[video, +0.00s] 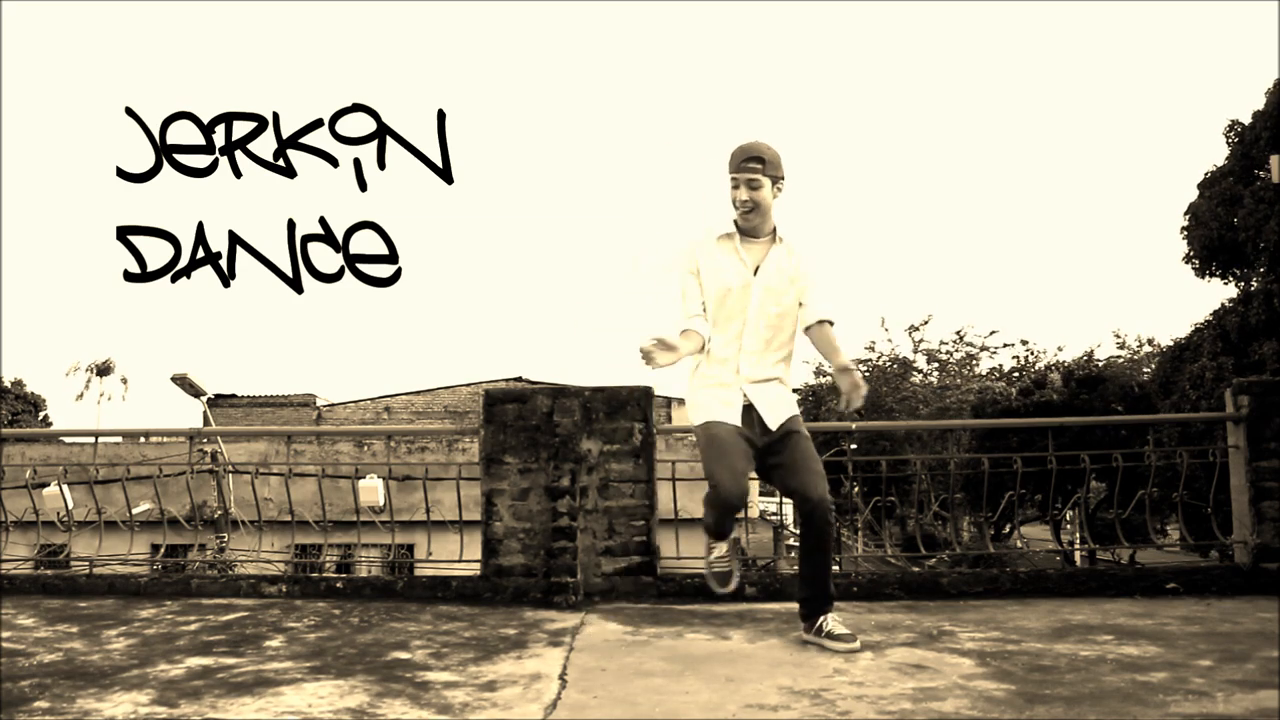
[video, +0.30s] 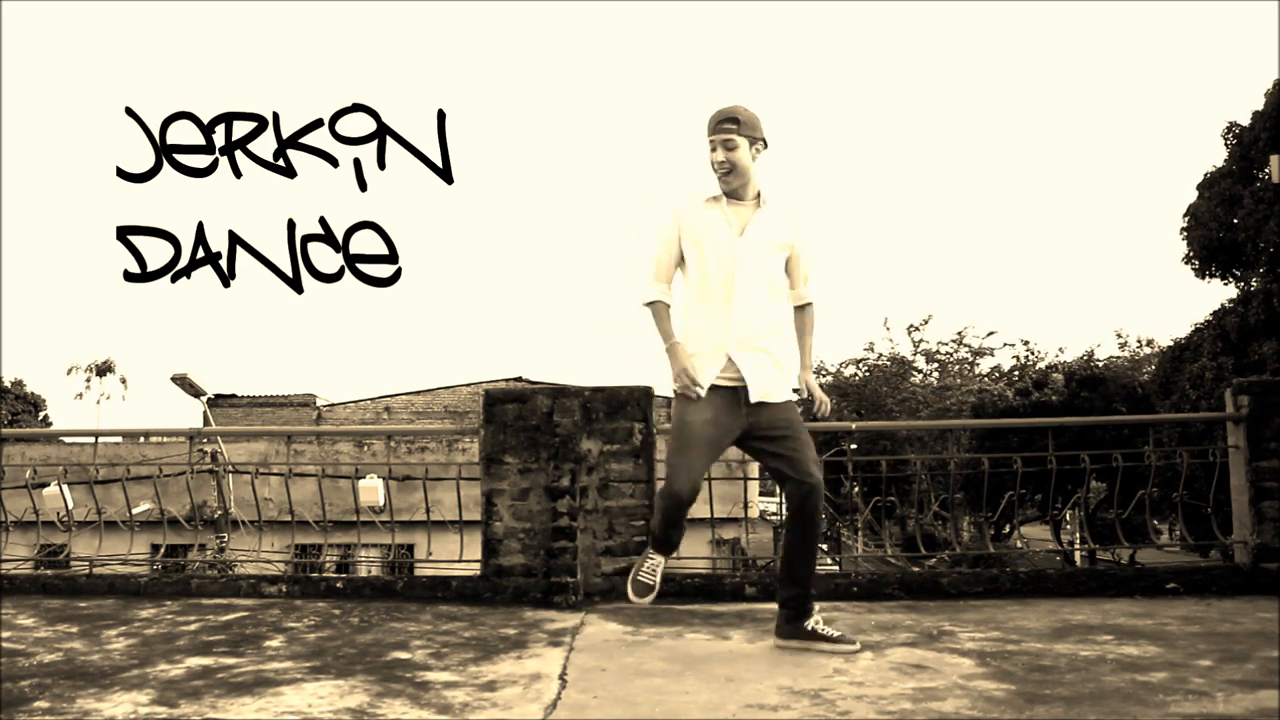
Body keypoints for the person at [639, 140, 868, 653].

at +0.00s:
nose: (743, 195)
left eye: (753, 185)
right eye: (735, 186)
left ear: (776, 190)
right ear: (728, 192)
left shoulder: (794, 262)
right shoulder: (701, 256)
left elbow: (815, 322)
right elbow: (696, 325)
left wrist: (842, 364)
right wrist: (678, 348)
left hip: (773, 391)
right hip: (716, 391)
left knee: (817, 499)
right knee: (730, 492)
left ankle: (817, 615)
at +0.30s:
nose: (719, 156)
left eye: (729, 146)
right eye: (713, 148)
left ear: (757, 149)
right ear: (708, 155)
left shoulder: (784, 224)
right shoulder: (686, 216)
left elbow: (802, 303)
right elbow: (658, 288)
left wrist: (806, 369)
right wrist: (674, 350)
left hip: (772, 384)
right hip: (705, 379)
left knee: (809, 486)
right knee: (679, 488)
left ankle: (796, 616)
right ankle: (657, 553)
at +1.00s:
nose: (669, 149)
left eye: (677, 136)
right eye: (662, 140)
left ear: (708, 132)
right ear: (660, 146)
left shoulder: (755, 194)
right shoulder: (670, 207)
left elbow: (825, 223)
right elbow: (639, 263)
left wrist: (801, 225)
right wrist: (572, 257)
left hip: (751, 364)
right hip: (696, 364)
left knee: (764, 494)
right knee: (738, 483)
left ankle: (664, 585)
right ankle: (743, 627)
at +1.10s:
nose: (688, 140)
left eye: (696, 129)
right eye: (681, 132)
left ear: (727, 127)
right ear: (678, 136)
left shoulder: (768, 192)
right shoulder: (679, 199)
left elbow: (839, 239)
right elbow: (647, 256)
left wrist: (812, 239)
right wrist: (576, 238)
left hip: (759, 354)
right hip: (697, 358)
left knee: (791, 479)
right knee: (722, 484)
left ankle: (729, 575)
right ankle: (739, 622)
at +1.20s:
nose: (719, 139)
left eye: (728, 128)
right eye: (712, 130)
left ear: (756, 130)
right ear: (706, 136)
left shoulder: (790, 201)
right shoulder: (696, 194)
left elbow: (846, 257)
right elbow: (645, 241)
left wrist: (856, 276)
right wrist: (581, 209)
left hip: (772, 369)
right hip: (707, 370)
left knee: (791, 494)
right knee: (688, 479)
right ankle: (722, 619)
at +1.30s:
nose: (734, 134)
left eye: (744, 123)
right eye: (728, 125)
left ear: (772, 126)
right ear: (721, 130)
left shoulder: (798, 202)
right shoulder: (705, 186)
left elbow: (847, 256)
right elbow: (650, 229)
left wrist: (870, 288)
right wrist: (583, 199)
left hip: (774, 364)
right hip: (708, 358)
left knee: (794, 491)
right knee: (678, 455)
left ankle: (799, 609)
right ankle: (705, 583)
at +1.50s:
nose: (764, 136)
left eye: (776, 128)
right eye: (758, 126)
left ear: (799, 135)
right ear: (750, 130)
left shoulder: (811, 216)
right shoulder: (718, 182)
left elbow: (834, 294)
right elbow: (660, 234)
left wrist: (867, 342)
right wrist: (588, 246)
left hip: (761, 363)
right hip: (699, 352)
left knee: (783, 486)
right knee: (679, 462)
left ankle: (759, 620)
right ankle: (655, 579)